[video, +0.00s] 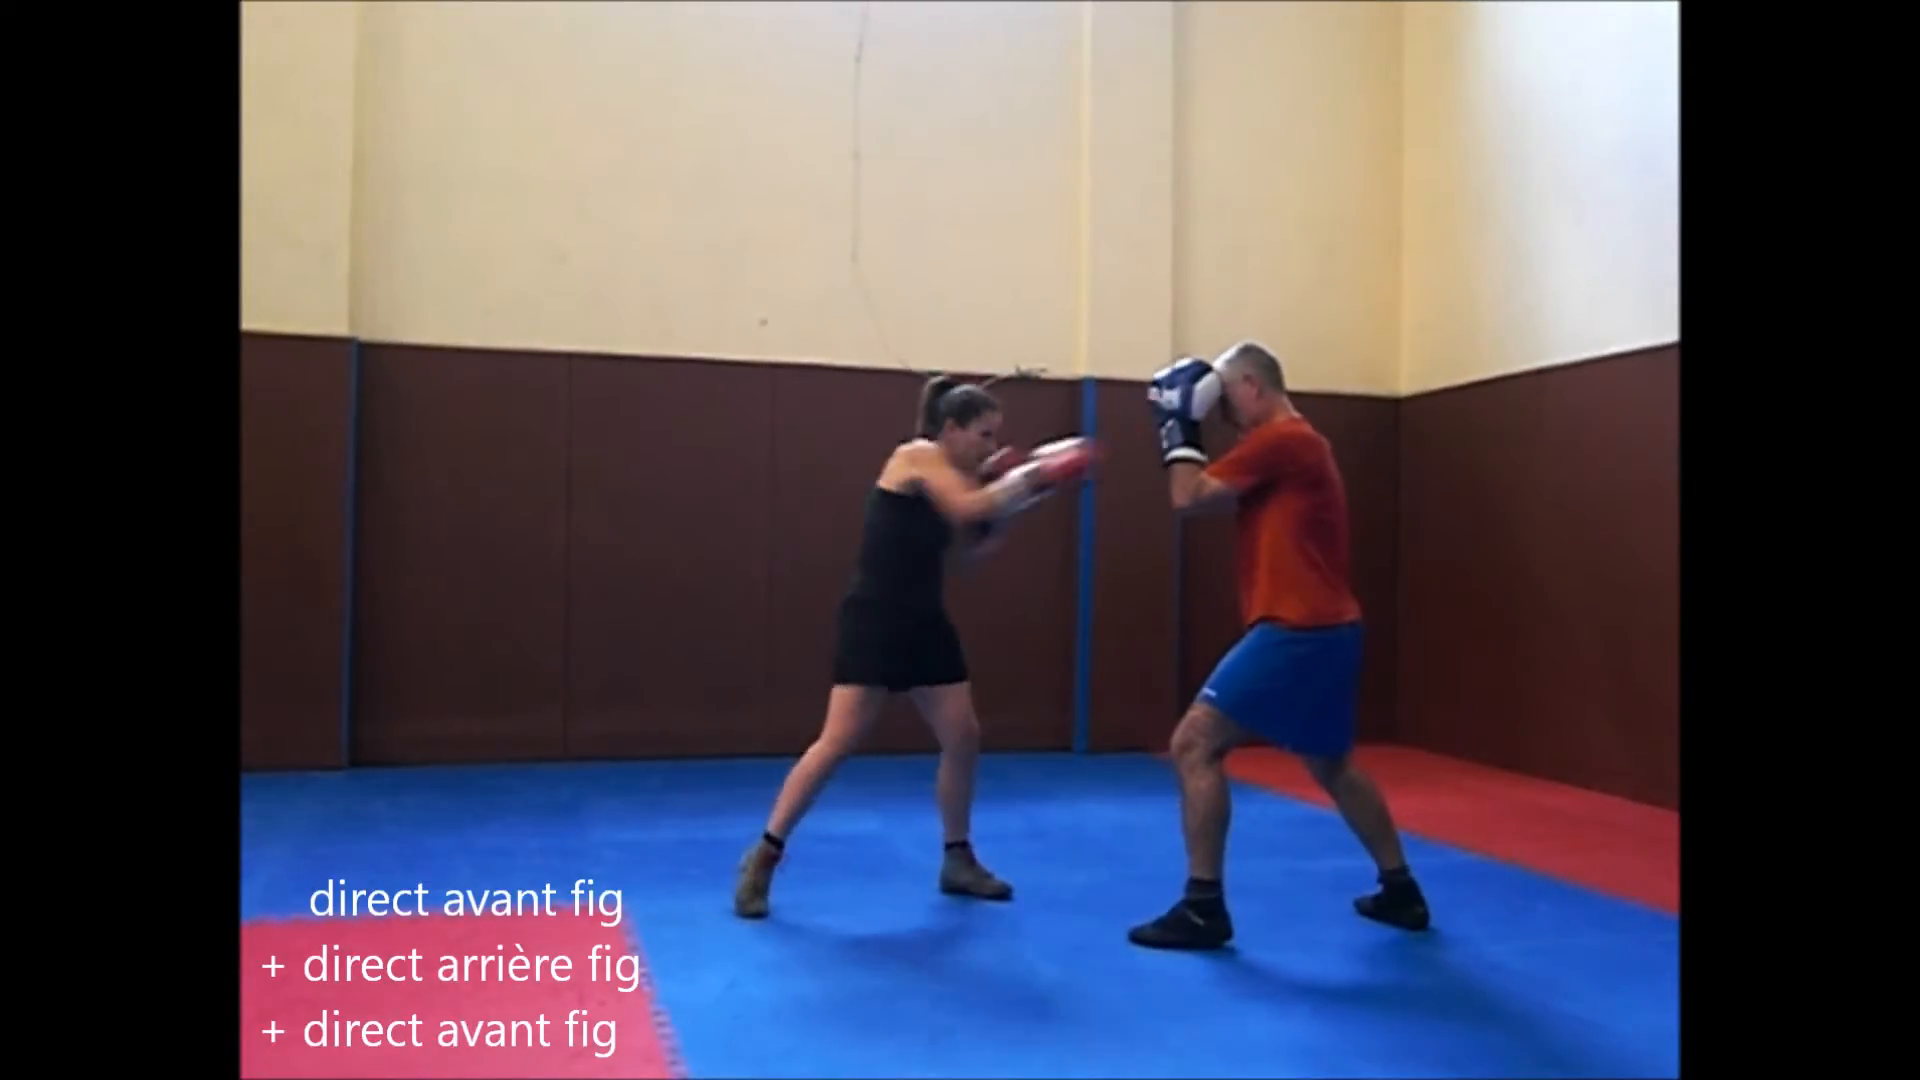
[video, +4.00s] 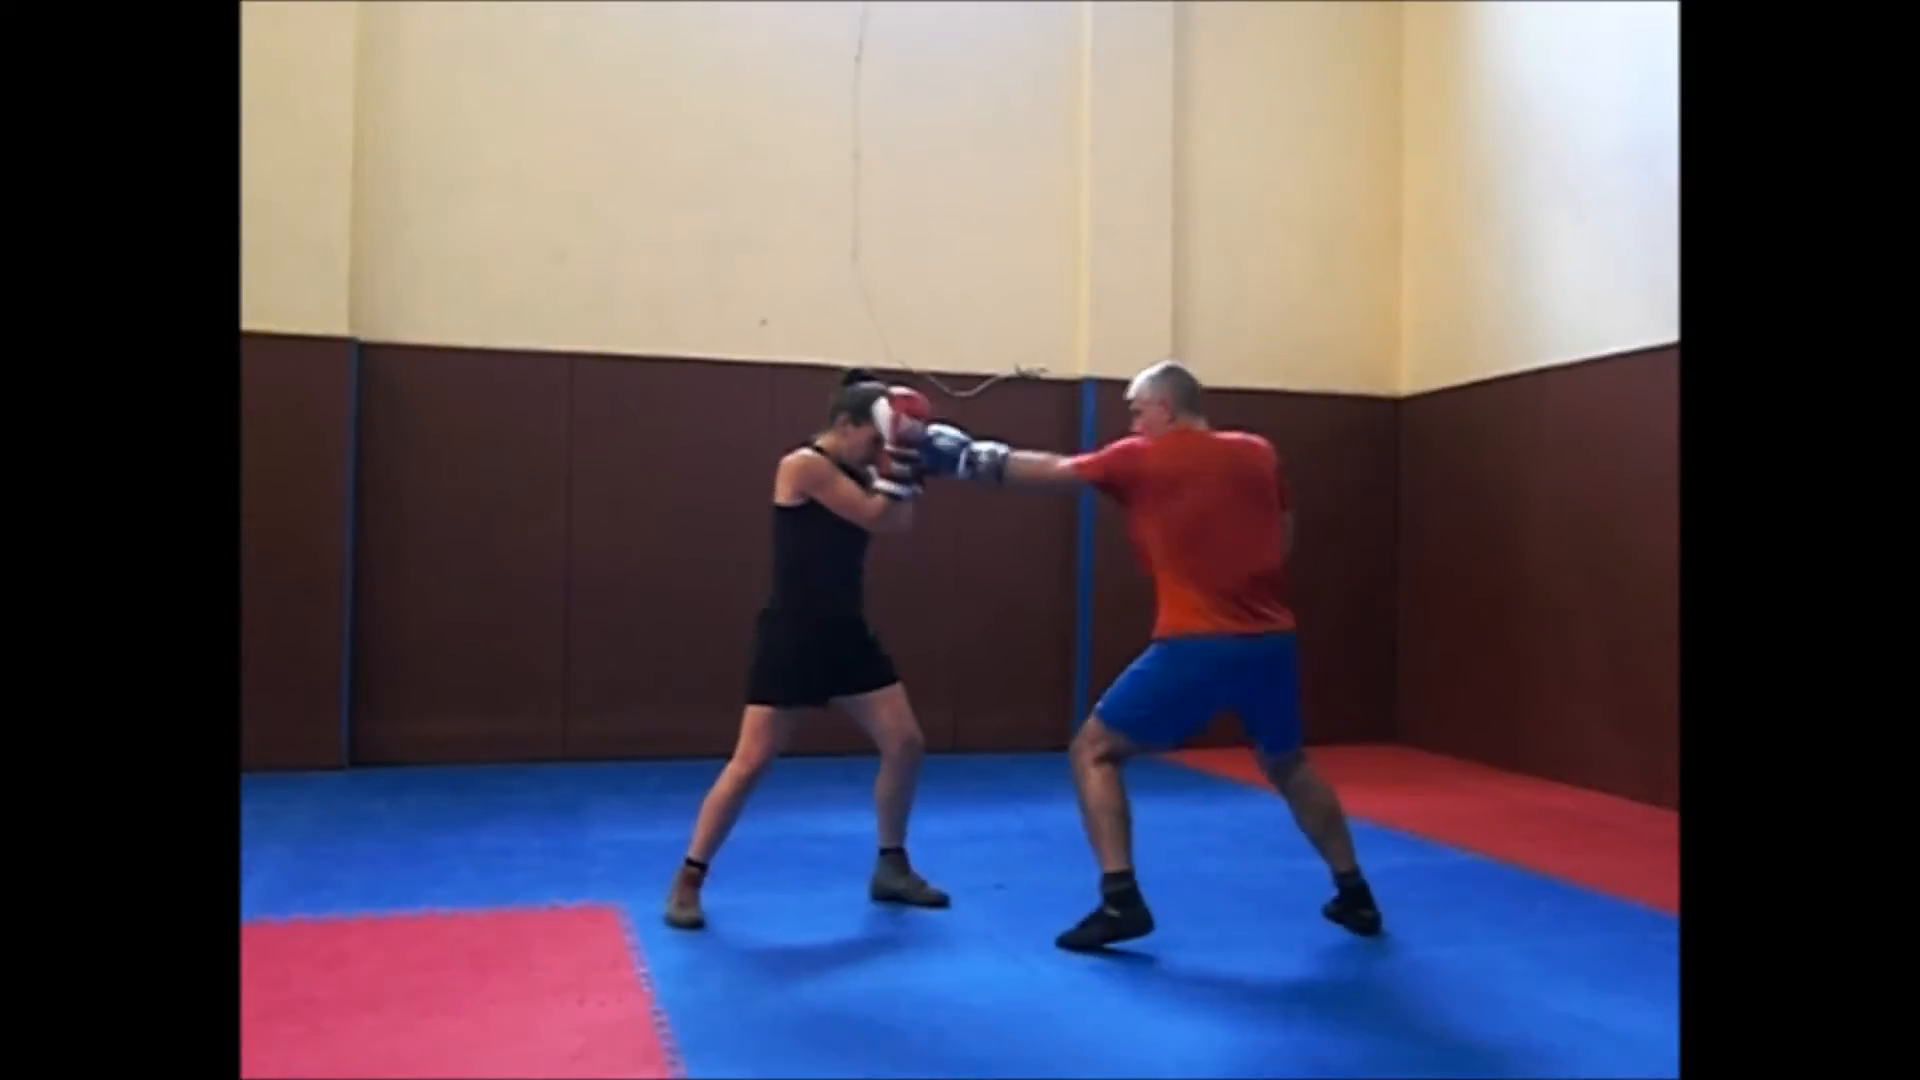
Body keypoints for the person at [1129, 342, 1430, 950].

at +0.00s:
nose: (1229, 409)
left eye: (1230, 396)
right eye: (1226, 397)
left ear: (1251, 387)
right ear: (1269, 386)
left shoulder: (1278, 440)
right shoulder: (1302, 440)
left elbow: (1189, 493)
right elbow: (1206, 483)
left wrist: (1172, 427)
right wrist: (1190, 426)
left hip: (1290, 630)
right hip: (1328, 630)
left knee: (1193, 746)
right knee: (1334, 767)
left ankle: (1203, 907)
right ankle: (1401, 890)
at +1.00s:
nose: (1143, 419)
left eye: (1148, 407)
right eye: (1142, 407)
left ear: (1175, 405)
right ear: (1204, 405)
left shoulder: (1166, 455)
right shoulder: (1270, 454)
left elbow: (1086, 508)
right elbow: (1288, 536)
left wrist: (1035, 475)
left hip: (1204, 654)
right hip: (1279, 648)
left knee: (1106, 748)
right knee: (1300, 772)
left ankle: (1135, 900)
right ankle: (1375, 893)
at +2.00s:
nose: (1179, 414)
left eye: (1185, 400)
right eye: (1177, 402)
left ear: (1221, 397)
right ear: (1226, 399)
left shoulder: (1247, 452)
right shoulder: (1269, 448)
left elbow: (1190, 535)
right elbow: (1206, 522)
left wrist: (1149, 479)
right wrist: (1177, 469)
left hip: (1248, 639)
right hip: (1292, 637)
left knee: (1141, 748)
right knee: (1301, 768)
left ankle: (1143, 911)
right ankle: (1375, 893)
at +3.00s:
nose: (1221, 416)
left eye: (1222, 403)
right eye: (1217, 405)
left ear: (1246, 391)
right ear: (1262, 391)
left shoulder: (1272, 442)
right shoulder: (1300, 442)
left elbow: (1188, 501)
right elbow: (1217, 491)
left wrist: (1171, 436)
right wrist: (1200, 437)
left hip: (1274, 637)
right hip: (1315, 636)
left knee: (1177, 749)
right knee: (1330, 771)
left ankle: (1182, 912)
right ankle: (1407, 893)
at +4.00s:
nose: (1132, 424)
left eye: (1137, 412)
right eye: (1132, 413)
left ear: (1167, 409)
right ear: (1190, 407)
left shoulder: (1142, 456)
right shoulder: (1258, 452)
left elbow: (1053, 469)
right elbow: (1281, 535)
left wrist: (966, 453)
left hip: (1190, 647)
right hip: (1270, 646)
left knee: (1093, 752)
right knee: (1290, 767)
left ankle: (1121, 901)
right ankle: (1355, 894)